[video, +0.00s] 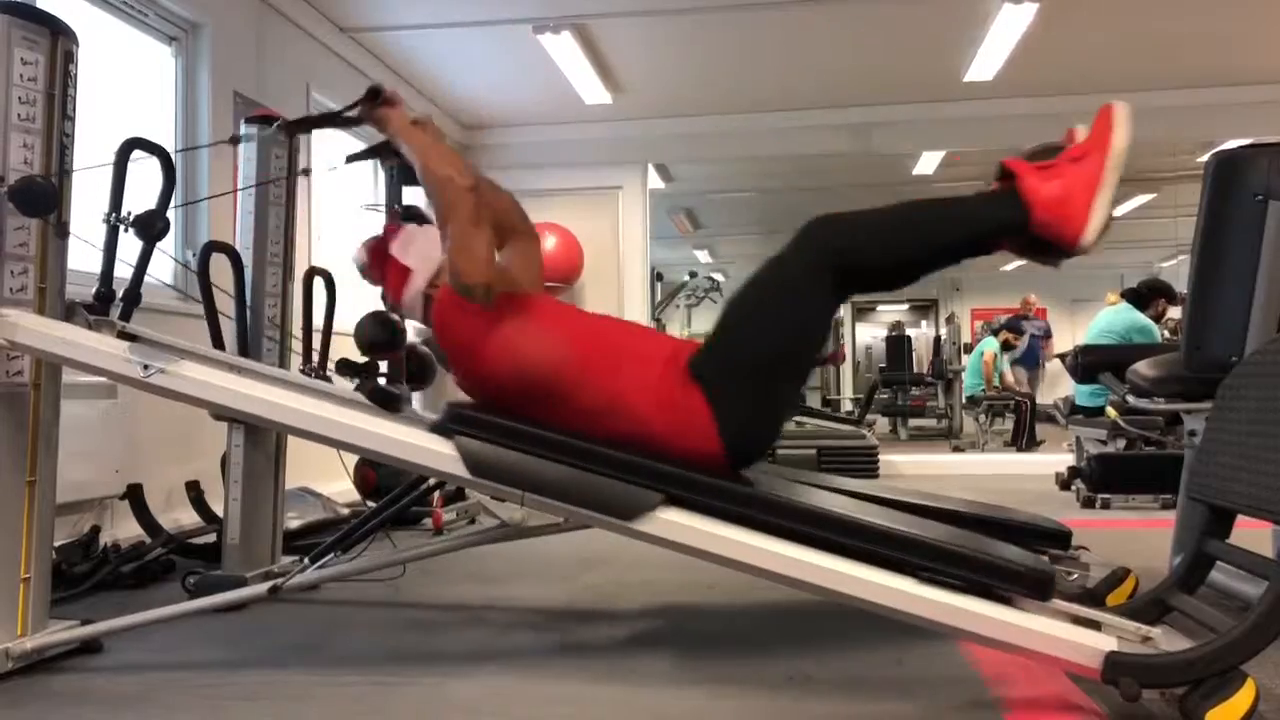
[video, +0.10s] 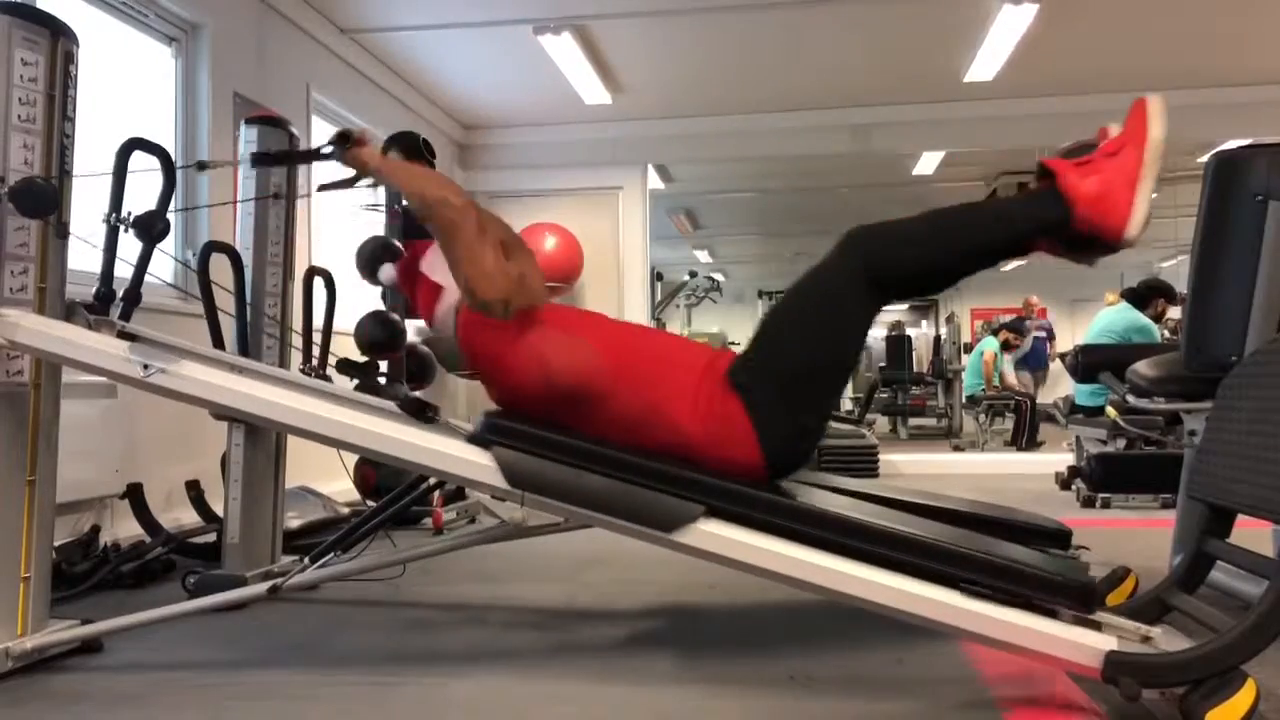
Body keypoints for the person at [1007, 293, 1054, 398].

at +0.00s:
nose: (1030, 307)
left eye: (1033, 304)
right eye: (1027, 304)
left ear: (1036, 306)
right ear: (1022, 305)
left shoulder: (1043, 324)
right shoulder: (1013, 321)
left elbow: (1049, 341)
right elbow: (1000, 335)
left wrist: (1049, 353)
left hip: (1036, 363)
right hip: (1018, 361)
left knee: (1033, 391)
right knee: (1021, 385)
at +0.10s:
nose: (1033, 309)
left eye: (1035, 306)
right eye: (1030, 306)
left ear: (1038, 307)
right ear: (1024, 307)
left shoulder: (1045, 324)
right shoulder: (1016, 323)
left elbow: (1052, 339)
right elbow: (1000, 333)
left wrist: (1053, 351)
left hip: (1041, 366)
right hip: (1023, 365)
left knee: (1034, 394)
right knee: (1028, 394)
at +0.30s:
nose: (1042, 310)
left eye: (1044, 306)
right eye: (1039, 307)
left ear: (1047, 307)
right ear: (1030, 308)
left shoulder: (1051, 322)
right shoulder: (1023, 322)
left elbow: (1057, 340)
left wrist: (1061, 353)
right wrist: (1034, 329)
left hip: (1049, 363)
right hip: (1030, 363)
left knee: (1048, 393)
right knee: (1039, 392)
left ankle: (1042, 422)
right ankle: (1044, 424)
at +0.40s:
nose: (1046, 308)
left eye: (1048, 305)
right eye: (1043, 305)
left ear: (1050, 305)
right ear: (1034, 304)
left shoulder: (1053, 319)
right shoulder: (1026, 319)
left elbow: (1058, 339)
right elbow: (1023, 341)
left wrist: (1066, 350)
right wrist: (1039, 324)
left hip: (1052, 364)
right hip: (1034, 365)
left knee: (1057, 394)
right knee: (1042, 394)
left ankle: (1057, 418)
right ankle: (1043, 423)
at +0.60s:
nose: (1055, 307)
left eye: (1057, 305)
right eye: (1052, 304)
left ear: (1059, 304)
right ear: (1045, 303)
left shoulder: (1060, 318)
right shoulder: (1032, 317)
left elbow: (1063, 336)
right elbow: (1031, 334)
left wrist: (1068, 347)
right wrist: (1047, 321)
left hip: (1057, 362)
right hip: (1038, 364)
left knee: (1066, 391)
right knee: (1042, 397)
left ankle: (1061, 417)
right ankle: (1043, 424)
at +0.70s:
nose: (1058, 309)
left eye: (1061, 306)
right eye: (1056, 305)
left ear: (1064, 305)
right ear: (1049, 302)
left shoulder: (1063, 319)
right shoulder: (1037, 317)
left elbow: (1067, 338)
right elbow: (1038, 334)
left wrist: (1070, 348)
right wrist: (1052, 320)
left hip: (1061, 363)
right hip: (1042, 364)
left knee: (1065, 394)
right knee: (1043, 397)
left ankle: (1056, 416)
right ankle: (1043, 424)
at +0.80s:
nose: (1064, 309)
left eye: (1066, 306)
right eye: (1061, 305)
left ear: (1069, 306)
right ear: (1055, 304)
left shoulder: (1069, 321)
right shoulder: (1044, 318)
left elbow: (1071, 341)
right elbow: (1047, 333)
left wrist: (1070, 354)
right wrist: (1057, 318)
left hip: (1064, 365)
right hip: (1046, 365)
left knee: (1069, 394)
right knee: (1046, 398)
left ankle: (1059, 414)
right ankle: (1044, 424)